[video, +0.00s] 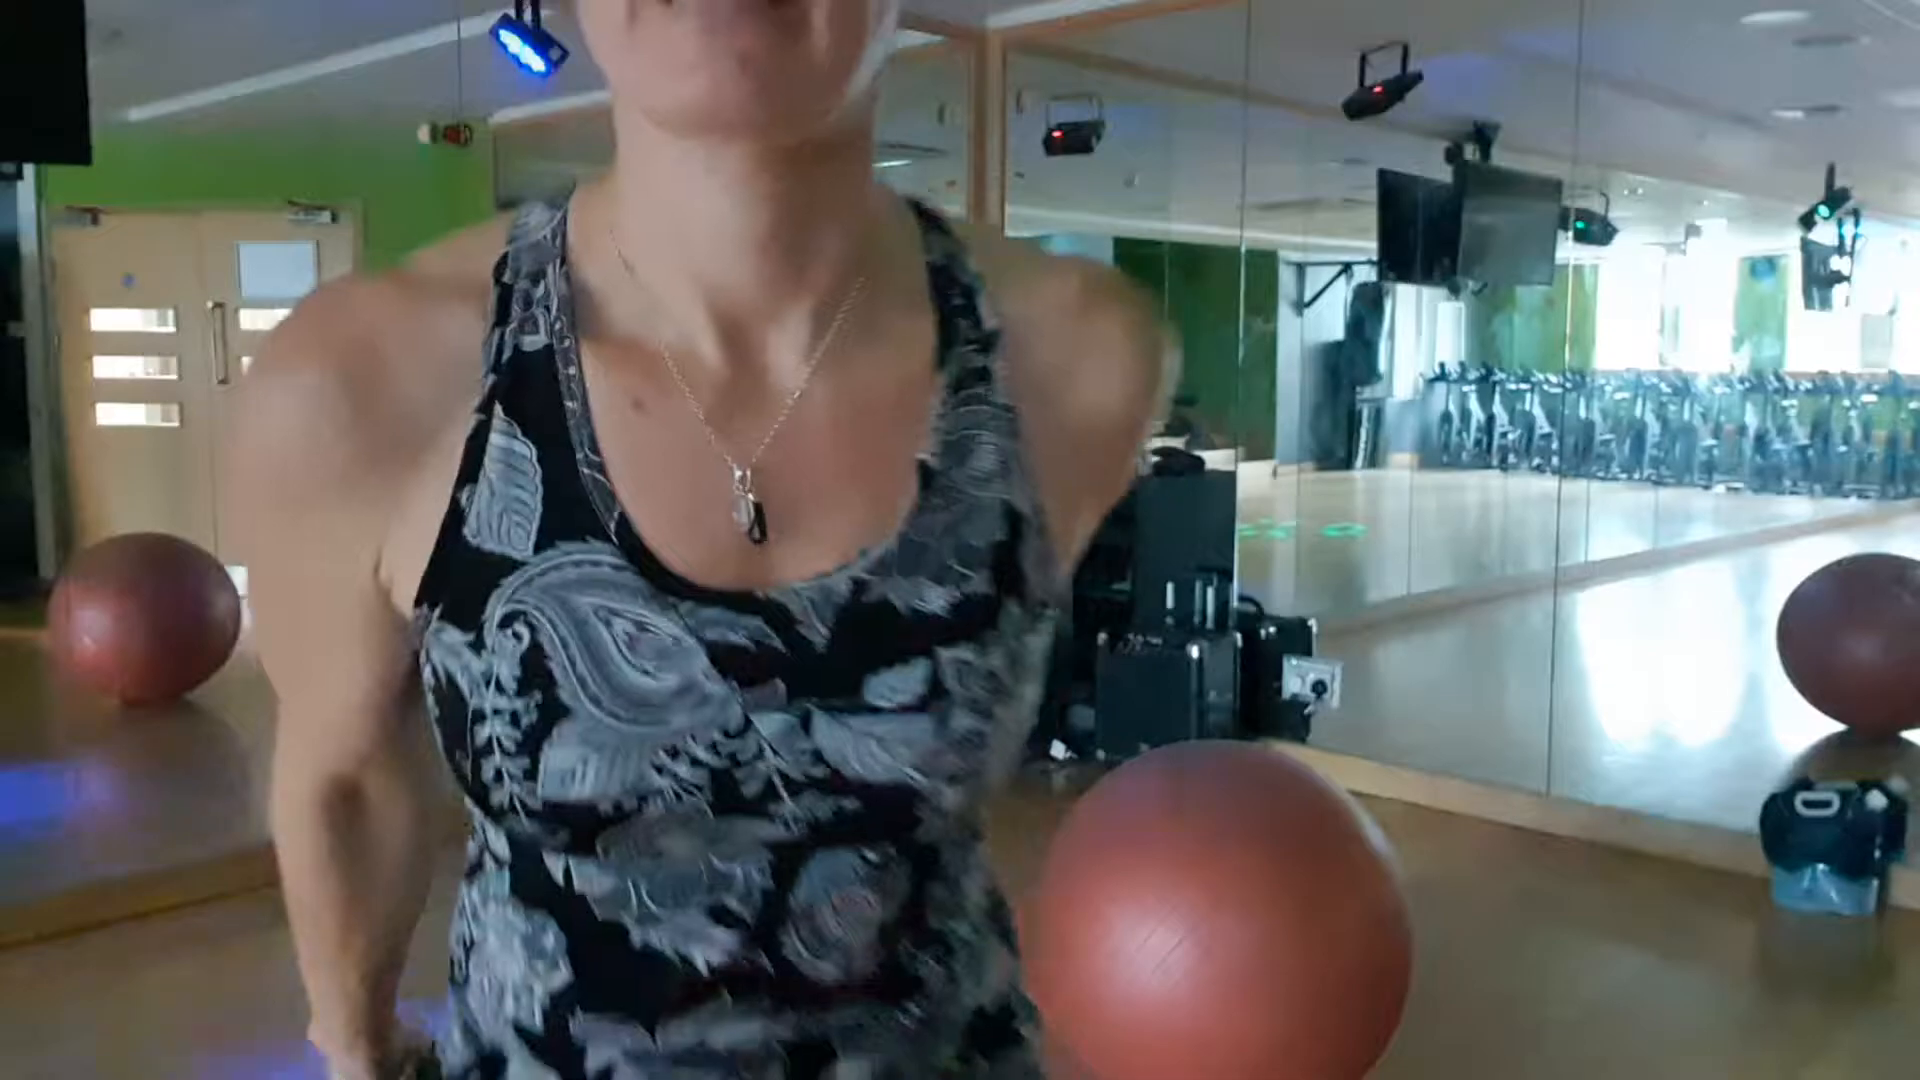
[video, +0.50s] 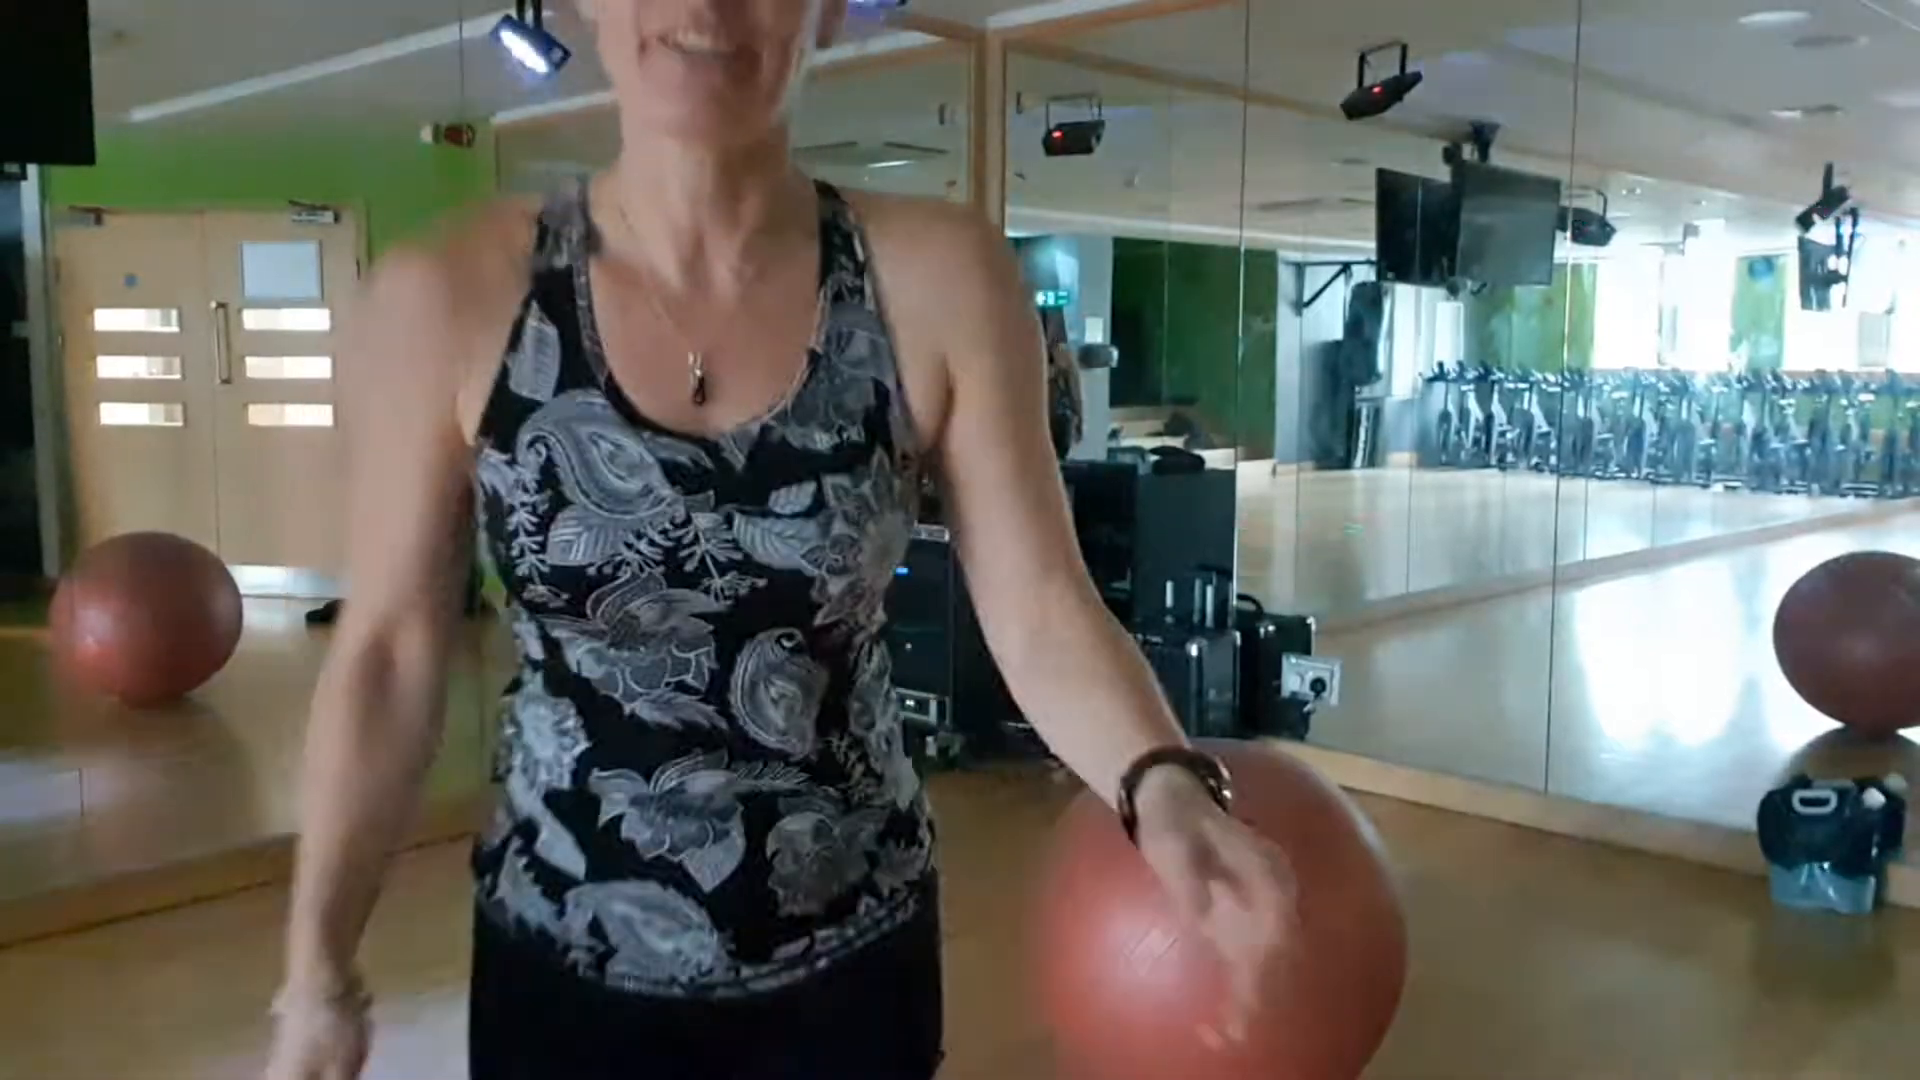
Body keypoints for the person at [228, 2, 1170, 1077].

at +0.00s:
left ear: (902, 1)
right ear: (560, 5)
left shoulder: (1081, 359)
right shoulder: (352, 387)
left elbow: (978, 763)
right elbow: (347, 786)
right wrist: (355, 1051)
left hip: (943, 1026)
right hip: (553, 1035)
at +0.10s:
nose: (711, 6)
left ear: (896, 5)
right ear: (550, 10)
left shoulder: (1031, 393)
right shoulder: (382, 409)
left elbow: (990, 784)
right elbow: (341, 812)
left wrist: (1062, 1044)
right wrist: (316, 1066)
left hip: (898, 1019)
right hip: (550, 1022)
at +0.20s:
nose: (712, 14)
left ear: (874, 25)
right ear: (558, 21)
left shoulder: (996, 390)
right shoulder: (397, 398)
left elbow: (998, 769)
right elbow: (332, 790)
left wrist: (1044, 1050)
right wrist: (277, 1066)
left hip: (887, 1029)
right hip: (546, 1033)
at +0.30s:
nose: (716, 3)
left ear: (844, 17)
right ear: (569, 16)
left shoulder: (975, 336)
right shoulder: (421, 325)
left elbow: (1005, 710)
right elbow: (335, 720)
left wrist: (1125, 1004)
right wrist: (265, 1053)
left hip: (858, 997)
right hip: (547, 998)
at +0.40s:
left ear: (817, 11)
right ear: (576, 9)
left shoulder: (950, 273)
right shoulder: (434, 274)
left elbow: (1023, 632)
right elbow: (351, 666)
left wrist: (1168, 861)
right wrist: (282, 1007)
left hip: (850, 954)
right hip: (556, 959)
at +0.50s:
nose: (701, 6)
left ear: (820, 12)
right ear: (578, 8)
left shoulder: (940, 272)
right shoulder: (452, 291)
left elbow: (1040, 603)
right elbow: (388, 648)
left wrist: (1158, 779)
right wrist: (317, 957)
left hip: (846, 928)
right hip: (569, 931)